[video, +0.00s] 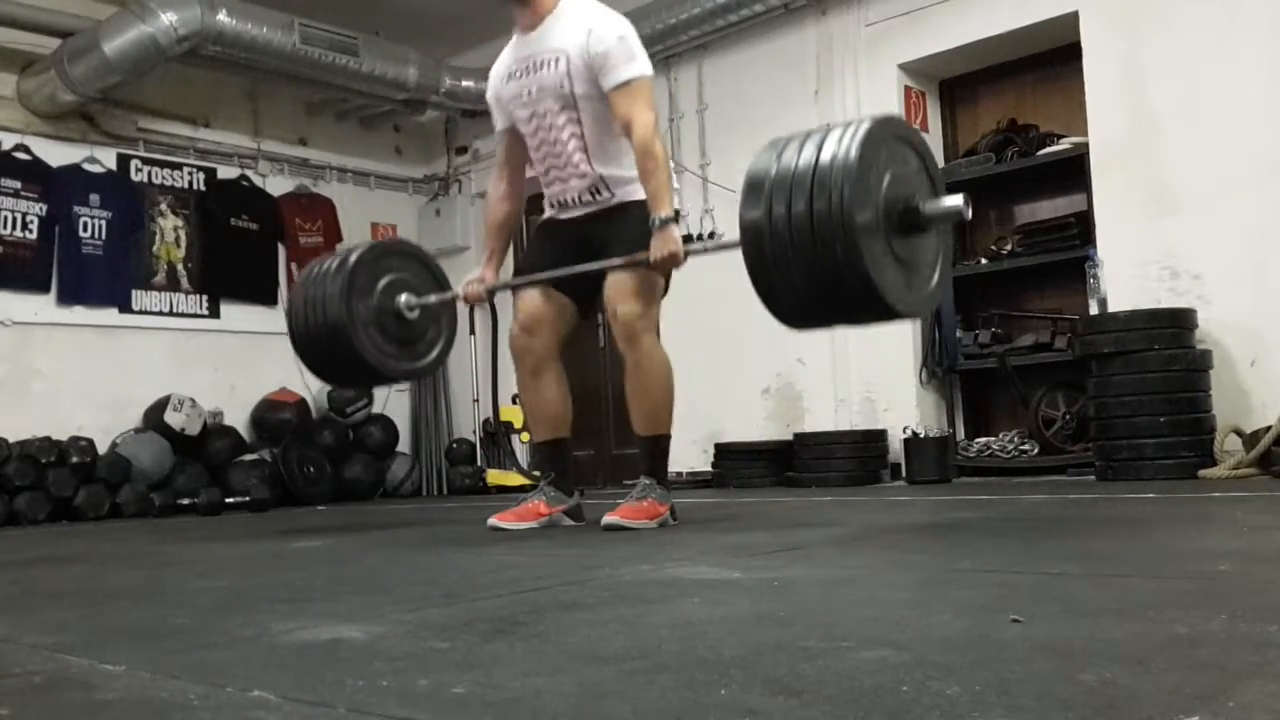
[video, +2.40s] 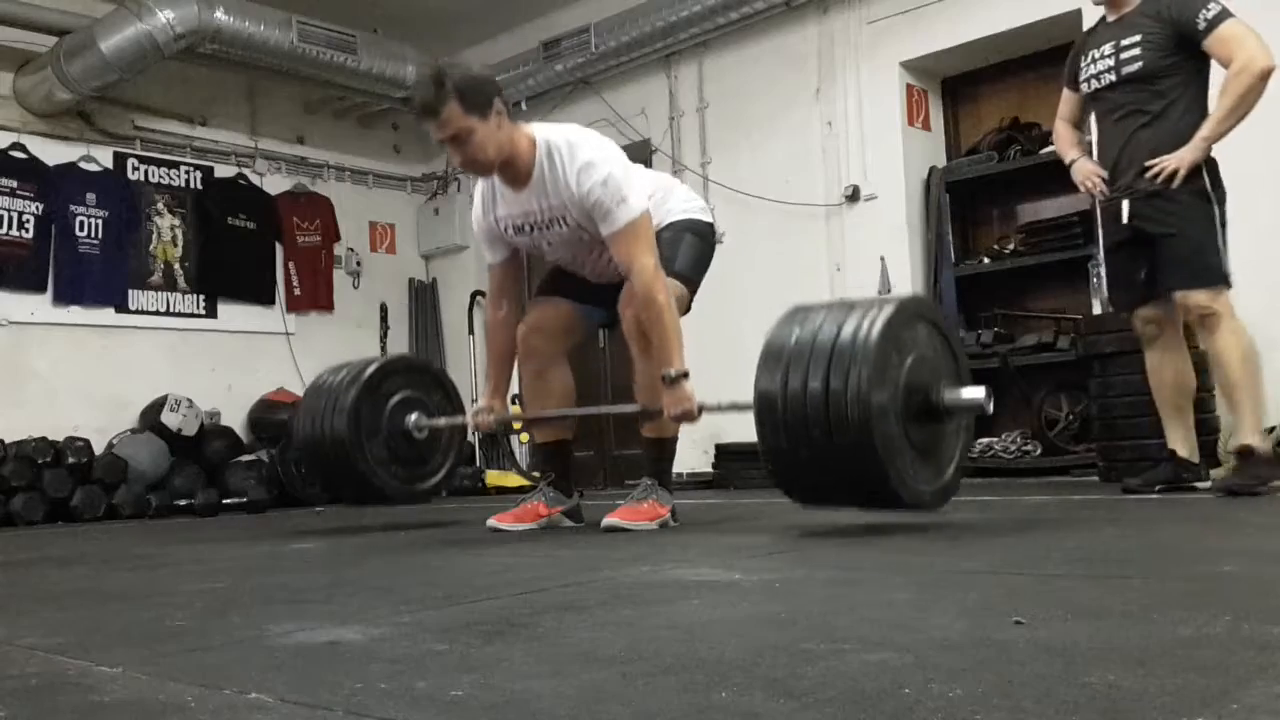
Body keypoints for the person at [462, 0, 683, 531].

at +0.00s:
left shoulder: (599, 27)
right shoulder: (501, 73)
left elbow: (643, 127)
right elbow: (509, 177)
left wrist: (664, 219)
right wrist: (489, 265)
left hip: (626, 208)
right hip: (559, 221)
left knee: (630, 318)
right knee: (529, 335)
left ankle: (654, 488)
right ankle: (557, 491)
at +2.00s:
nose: (465, 41)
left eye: (472, 20)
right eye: (456, 29)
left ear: (514, 9)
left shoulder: (593, 71)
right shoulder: (494, 114)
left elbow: (643, 178)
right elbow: (504, 221)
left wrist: (668, 276)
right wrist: (494, 311)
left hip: (658, 207)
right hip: (588, 226)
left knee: (651, 316)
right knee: (547, 333)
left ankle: (658, 489)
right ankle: (557, 491)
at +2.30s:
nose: (454, 126)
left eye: (461, 106)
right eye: (444, 115)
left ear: (500, 85)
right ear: (442, 115)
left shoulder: (584, 136)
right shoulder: (488, 179)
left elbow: (644, 245)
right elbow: (504, 283)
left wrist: (671, 351)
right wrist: (495, 372)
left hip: (669, 221)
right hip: (595, 250)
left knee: (640, 312)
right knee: (537, 335)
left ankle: (657, 491)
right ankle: (558, 494)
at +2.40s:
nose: (457, 157)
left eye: (462, 138)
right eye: (447, 146)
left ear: (498, 114)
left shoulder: (585, 162)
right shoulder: (489, 203)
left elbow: (645, 274)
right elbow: (503, 304)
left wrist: (674, 377)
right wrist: (495, 397)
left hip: (671, 227)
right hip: (595, 254)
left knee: (639, 315)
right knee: (536, 338)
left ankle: (657, 491)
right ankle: (557, 493)